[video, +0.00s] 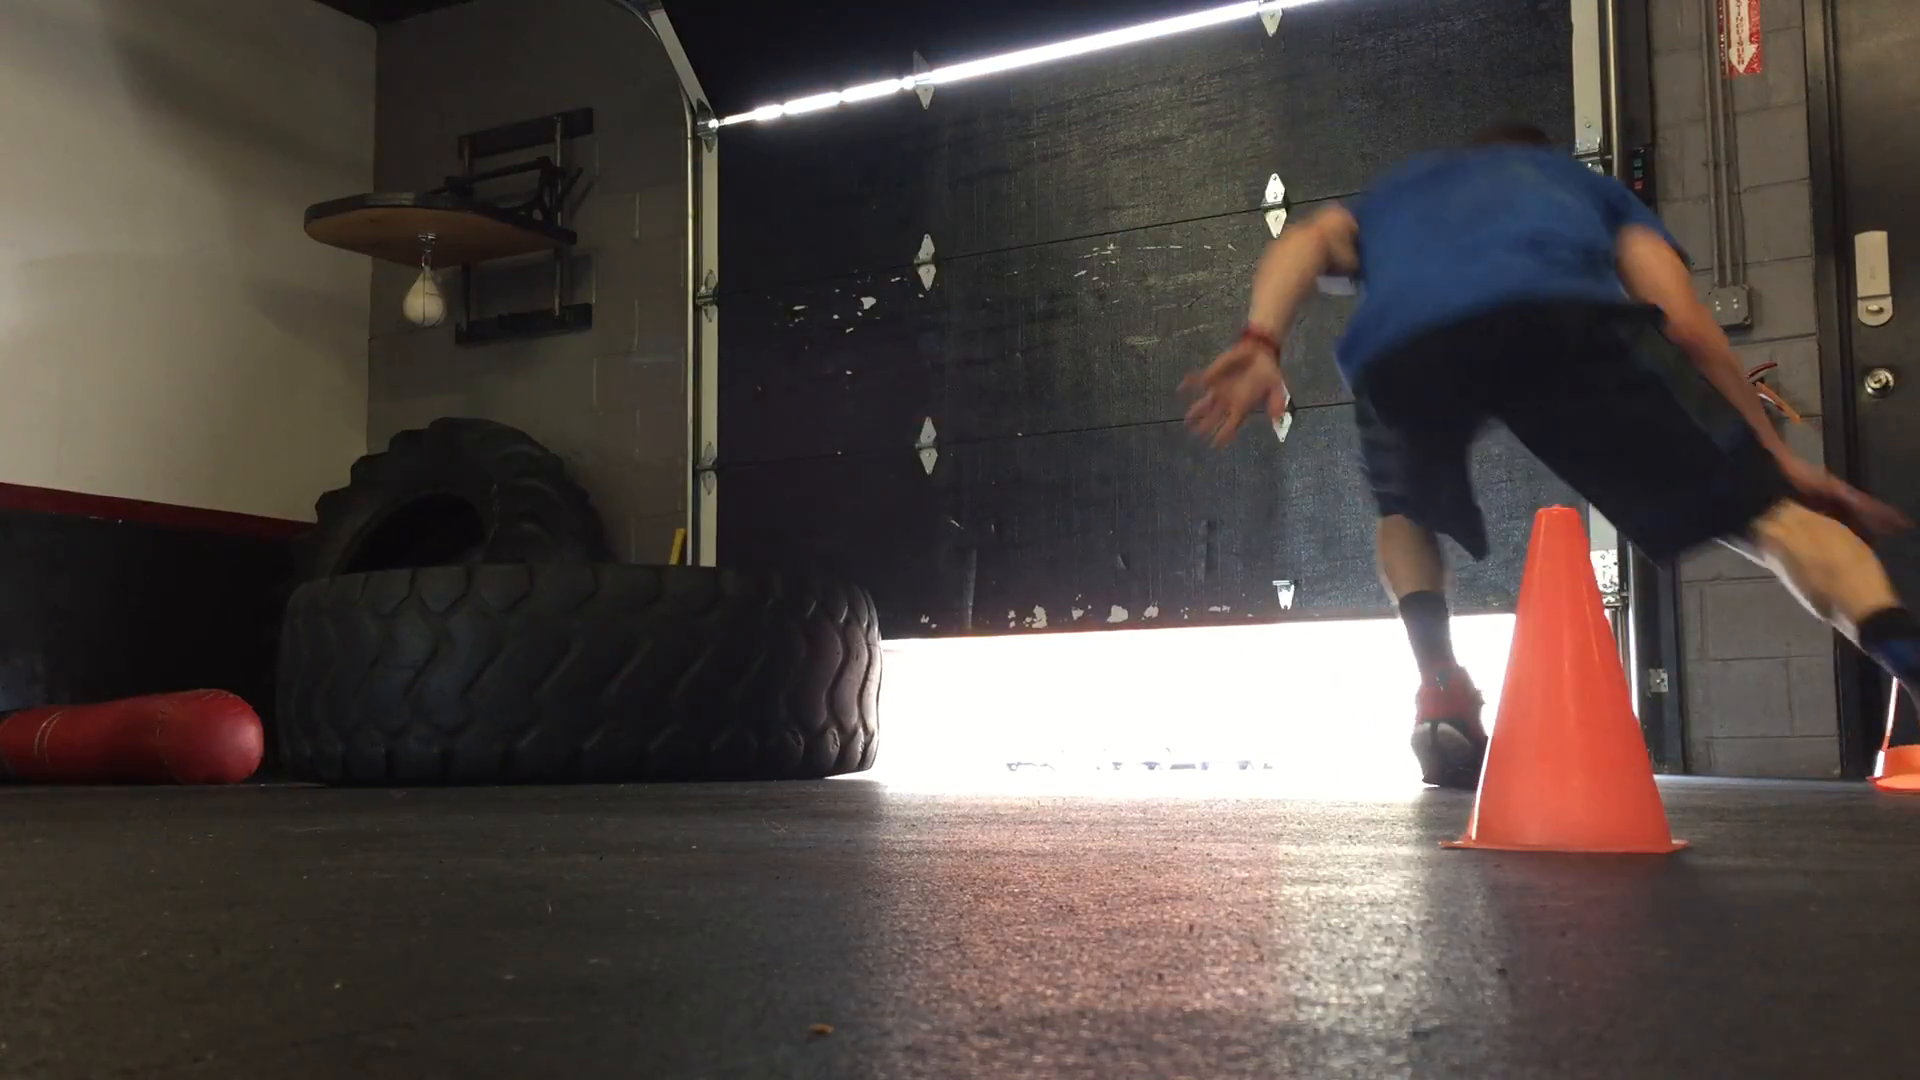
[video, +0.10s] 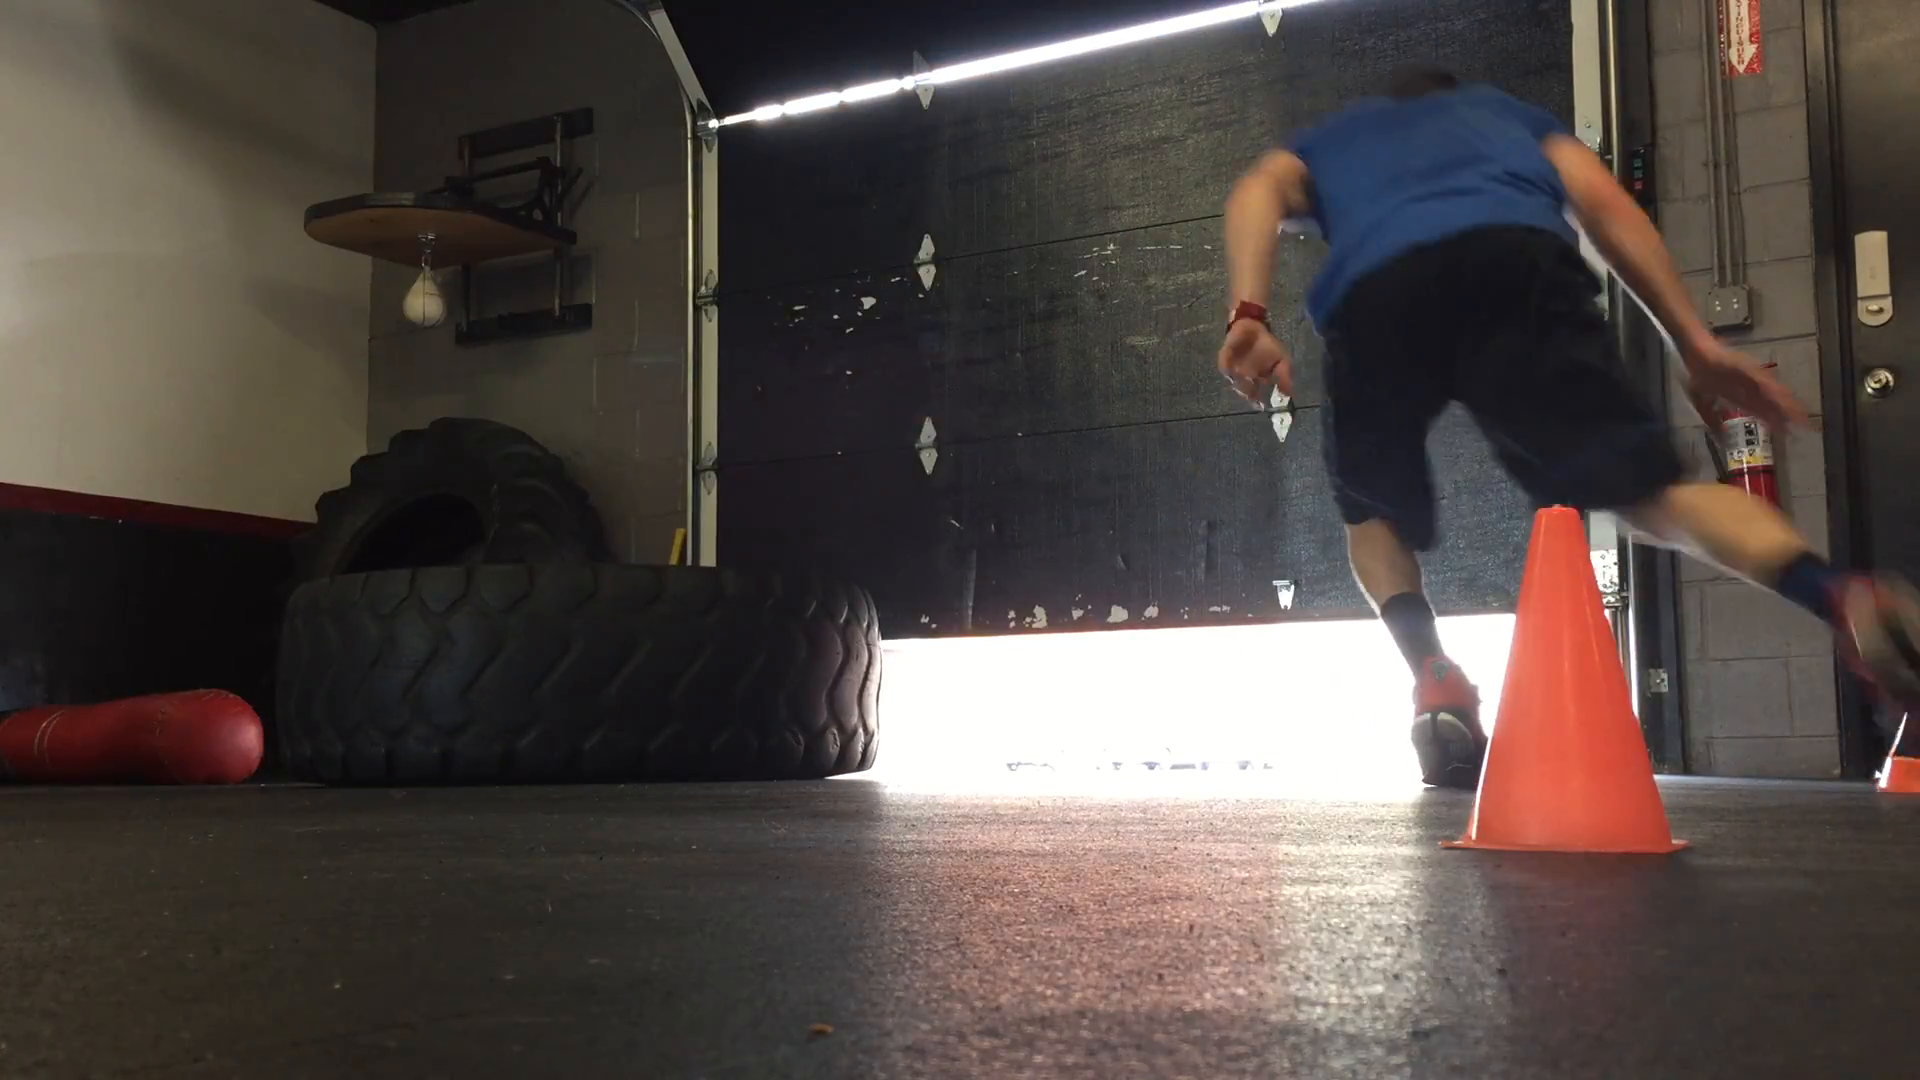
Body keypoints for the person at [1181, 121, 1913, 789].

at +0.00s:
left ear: (1469, 153)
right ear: (1557, 158)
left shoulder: (1400, 192)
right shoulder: (1589, 182)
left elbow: (1305, 237)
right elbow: (1682, 316)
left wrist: (1261, 335)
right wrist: (1782, 460)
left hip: (1405, 347)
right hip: (1561, 318)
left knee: (1403, 497)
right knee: (1768, 515)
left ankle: (1440, 684)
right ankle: (1900, 647)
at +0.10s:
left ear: (1374, 102)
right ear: (1462, 89)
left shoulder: (1335, 131)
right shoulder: (1509, 112)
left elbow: (1257, 186)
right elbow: (1605, 201)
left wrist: (1246, 306)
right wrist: (1699, 345)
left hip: (1380, 298)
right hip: (1520, 262)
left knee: (1371, 501)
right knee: (1653, 486)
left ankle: (1432, 676)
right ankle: (1842, 595)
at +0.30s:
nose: (1268, 23)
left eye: (1263, 18)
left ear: (1264, 20)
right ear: (1342, 13)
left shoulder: (1231, 65)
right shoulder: (1405, 40)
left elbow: (1171, 141)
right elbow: (1477, 89)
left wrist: (1196, 287)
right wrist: (1528, 212)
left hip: (1301, 243)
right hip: (1421, 230)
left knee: (1343, 477)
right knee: (1411, 463)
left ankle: (1425, 661)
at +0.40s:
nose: (1216, 14)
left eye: (1211, 12)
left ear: (1218, 9)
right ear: (1287, 4)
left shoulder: (1183, 53)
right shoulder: (1357, 35)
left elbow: (1126, 135)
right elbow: (1424, 111)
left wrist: (1170, 261)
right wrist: (1464, 236)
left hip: (1245, 249)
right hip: (1351, 246)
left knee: (1298, 444)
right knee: (1328, 464)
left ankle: (1392, 616)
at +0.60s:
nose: (1115, 69)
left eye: (1118, 56)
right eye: (1118, 56)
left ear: (1139, 49)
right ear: (1190, 52)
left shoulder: (1114, 114)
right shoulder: (1260, 128)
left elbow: (1109, 225)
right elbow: (1312, 266)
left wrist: (1086, 314)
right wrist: (1330, 389)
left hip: (1163, 356)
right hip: (1255, 355)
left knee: (1135, 544)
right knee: (1231, 547)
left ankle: (1235, 596)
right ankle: (1248, 730)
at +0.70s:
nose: (1061, 66)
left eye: (1064, 48)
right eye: (1060, 49)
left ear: (1097, 40)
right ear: (1131, 41)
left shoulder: (1085, 100)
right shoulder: (1209, 121)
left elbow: (1085, 211)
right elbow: (1246, 261)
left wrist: (1034, 313)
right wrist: (1209, 330)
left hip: (1119, 354)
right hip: (1212, 353)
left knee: (1076, 513)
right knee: (1204, 528)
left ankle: (1146, 696)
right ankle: (1245, 709)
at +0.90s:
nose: (979, 110)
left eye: (983, 91)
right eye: (976, 94)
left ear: (1019, 83)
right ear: (1048, 85)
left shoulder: (1011, 148)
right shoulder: (1118, 160)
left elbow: (1004, 234)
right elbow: (1147, 292)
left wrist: (933, 321)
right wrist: (1062, 313)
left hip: (1035, 393)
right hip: (1120, 392)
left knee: (1002, 559)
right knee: (1116, 546)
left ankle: (1045, 731)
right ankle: (1219, 648)